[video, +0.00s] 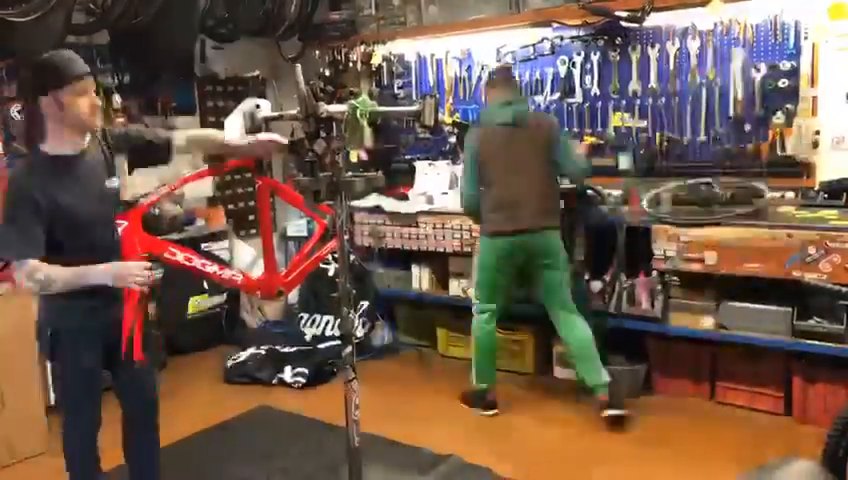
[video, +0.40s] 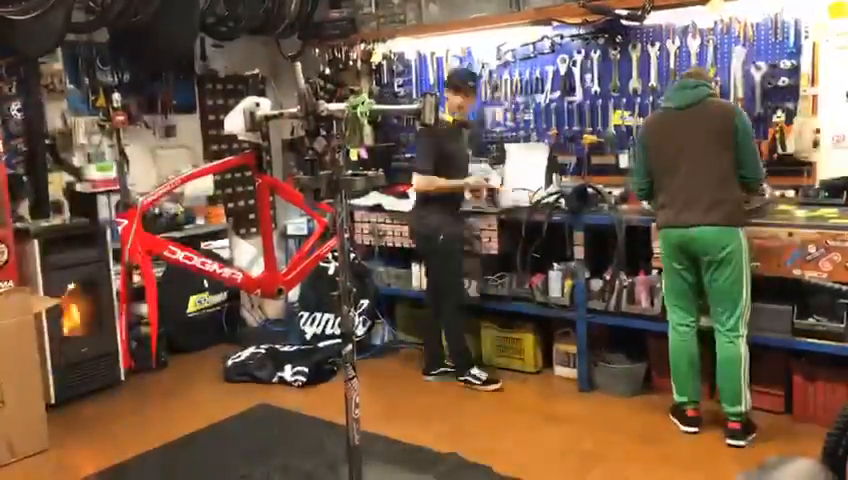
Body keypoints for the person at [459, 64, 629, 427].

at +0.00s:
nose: (484, 98)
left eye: (485, 93)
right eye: (487, 92)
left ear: (489, 92)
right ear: (518, 89)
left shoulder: (478, 135)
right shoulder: (545, 125)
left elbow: (469, 200)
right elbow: (576, 169)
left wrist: (489, 220)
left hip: (499, 236)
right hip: (545, 231)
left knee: (484, 311)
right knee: (564, 310)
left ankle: (484, 391)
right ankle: (603, 389)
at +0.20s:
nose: (504, 117)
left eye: (506, 111)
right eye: (504, 110)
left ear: (484, 100)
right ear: (492, 101)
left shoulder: (447, 130)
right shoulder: (481, 131)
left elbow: (443, 177)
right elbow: (491, 182)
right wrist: (523, 194)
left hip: (441, 220)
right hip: (469, 222)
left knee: (457, 293)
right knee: (487, 291)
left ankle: (467, 364)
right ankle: (480, 368)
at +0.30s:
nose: (488, 121)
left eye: (486, 116)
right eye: (488, 117)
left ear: (462, 112)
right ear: (485, 113)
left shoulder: (440, 136)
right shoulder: (484, 131)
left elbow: (432, 181)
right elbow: (506, 179)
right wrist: (510, 198)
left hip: (445, 224)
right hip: (477, 224)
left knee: (458, 293)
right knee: (476, 297)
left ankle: (455, 365)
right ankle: (471, 367)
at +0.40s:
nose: (462, 101)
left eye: (468, 95)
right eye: (457, 94)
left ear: (474, 98)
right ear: (446, 94)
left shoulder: (460, 133)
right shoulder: (430, 133)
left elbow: (452, 176)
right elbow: (421, 182)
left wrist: (475, 186)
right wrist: (466, 185)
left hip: (447, 219)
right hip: (433, 221)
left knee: (438, 294)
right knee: (452, 294)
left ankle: (434, 362)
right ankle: (465, 366)